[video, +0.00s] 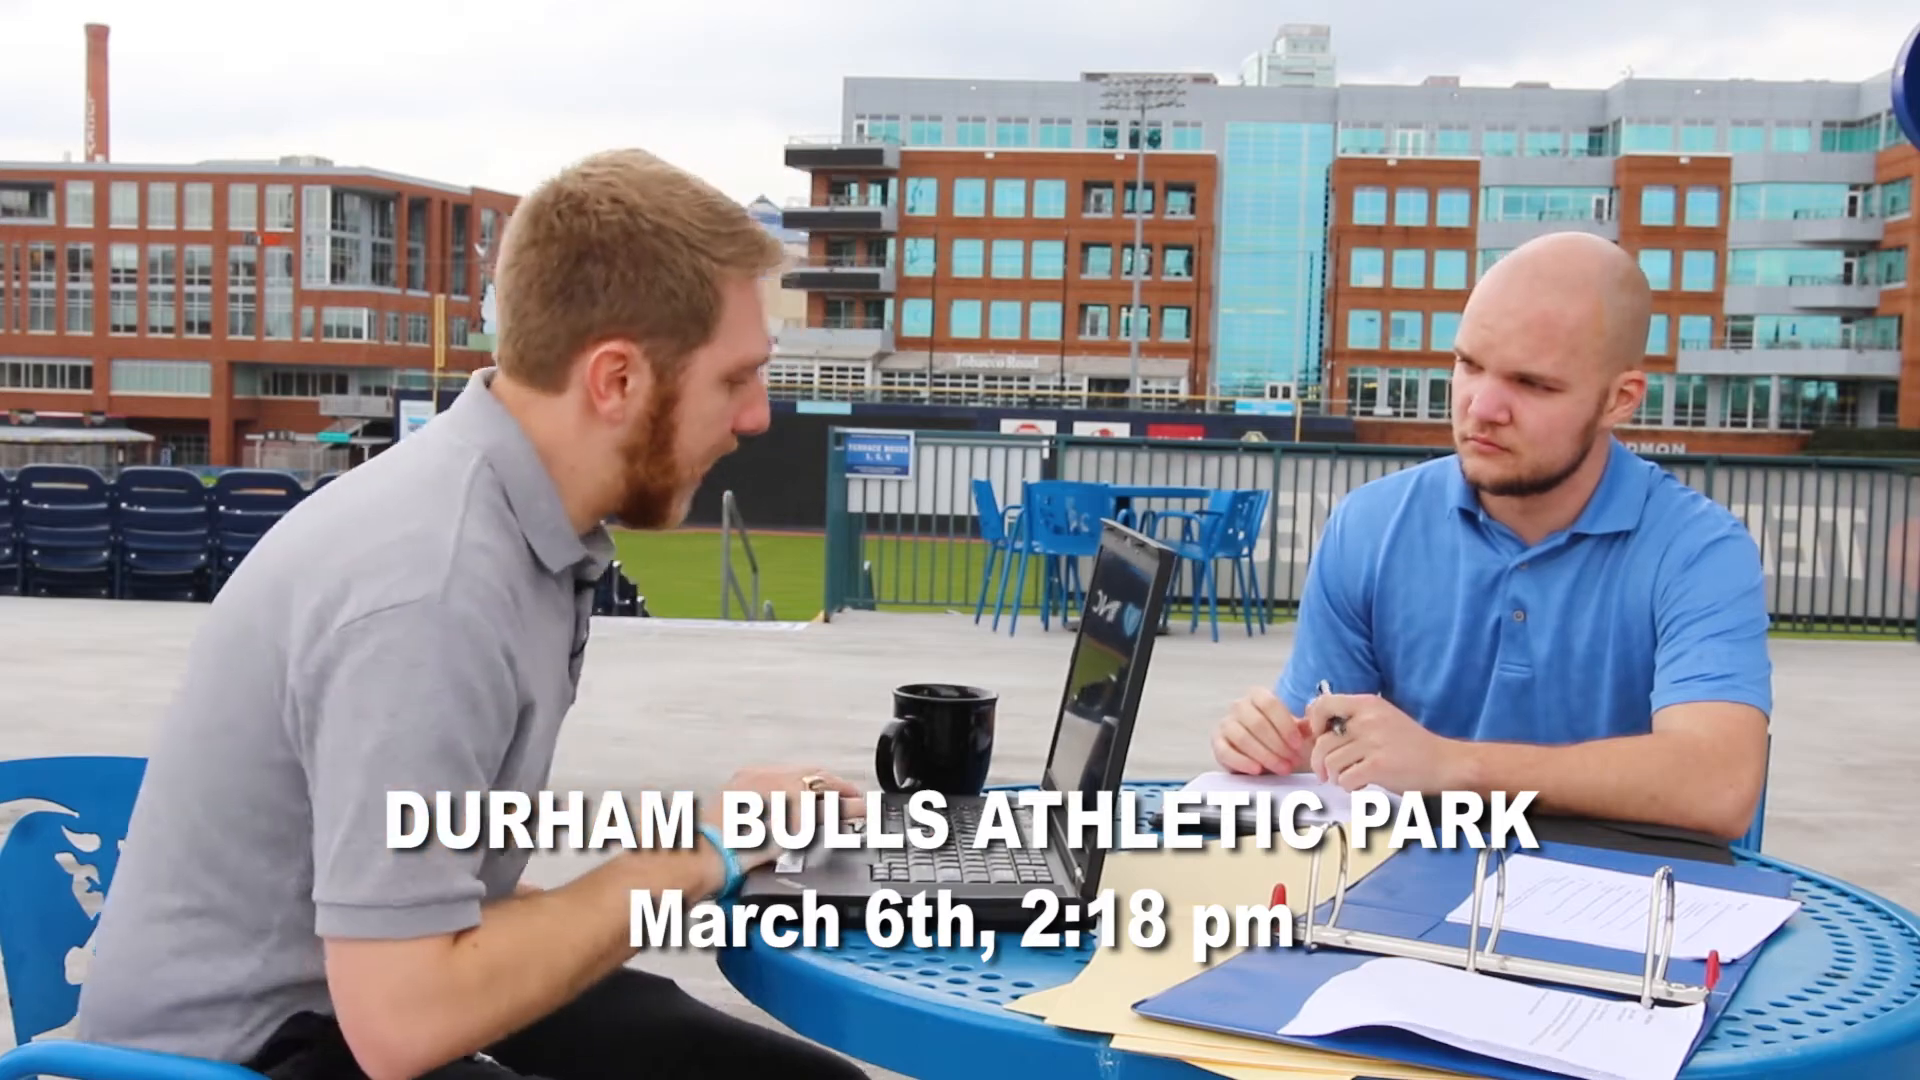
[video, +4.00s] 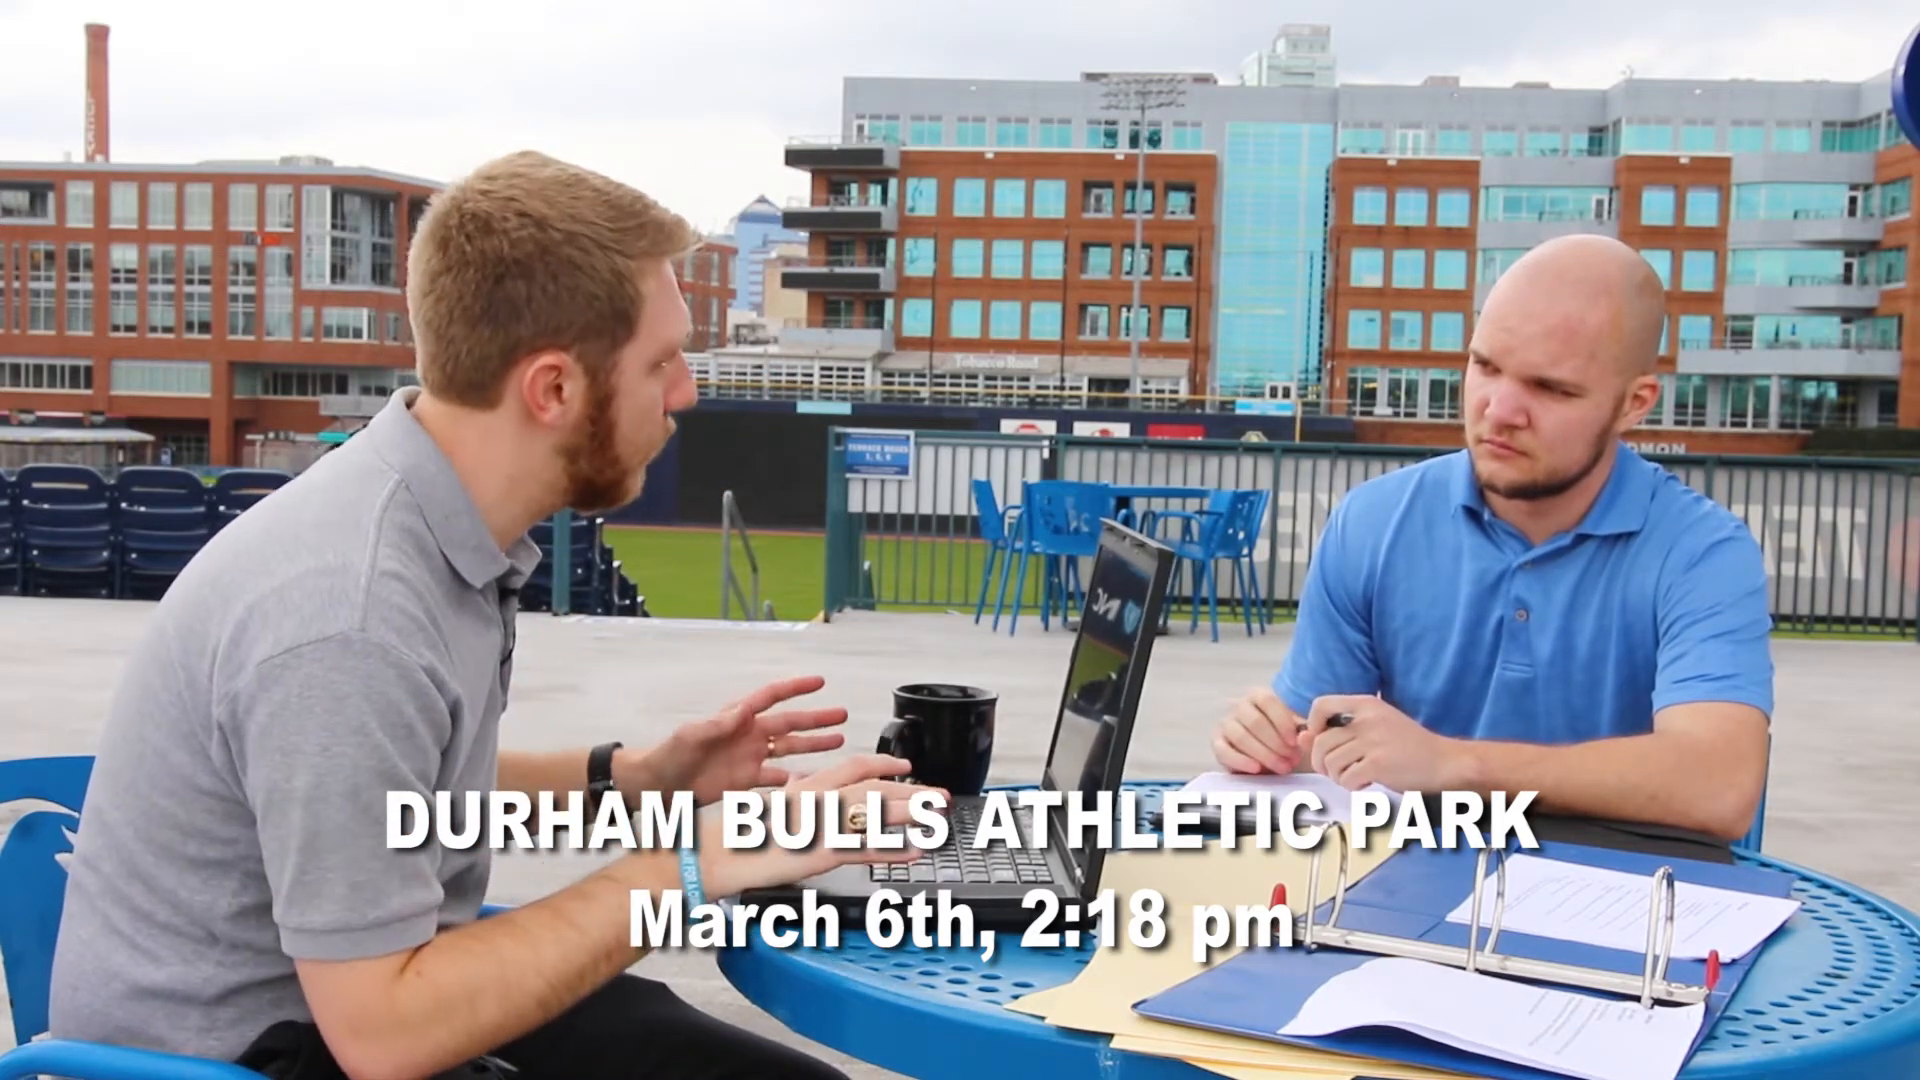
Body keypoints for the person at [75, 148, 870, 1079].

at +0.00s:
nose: (758, 421)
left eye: (758, 381)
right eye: (739, 383)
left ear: (612, 383)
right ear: (616, 382)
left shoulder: (513, 519)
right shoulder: (426, 585)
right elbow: (402, 1021)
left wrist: (690, 827)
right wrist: (693, 850)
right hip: (241, 1042)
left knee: (829, 1072)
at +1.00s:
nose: (700, 420)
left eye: (693, 380)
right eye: (672, 385)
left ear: (548, 404)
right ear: (547, 401)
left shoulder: (472, 510)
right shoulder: (361, 649)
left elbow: (536, 636)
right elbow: (379, 1050)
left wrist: (487, 836)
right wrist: (691, 857)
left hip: (374, 964)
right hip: (218, 1046)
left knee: (808, 1074)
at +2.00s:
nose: (694, 402)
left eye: (688, 365)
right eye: (674, 369)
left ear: (562, 389)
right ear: (565, 389)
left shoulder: (464, 526)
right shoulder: (365, 642)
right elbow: (404, 1047)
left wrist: (467, 857)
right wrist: (690, 860)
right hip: (212, 1048)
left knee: (803, 1063)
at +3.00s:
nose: (676, 391)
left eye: (668, 353)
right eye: (651, 360)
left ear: (534, 392)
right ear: (533, 392)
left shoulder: (432, 512)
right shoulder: (338, 641)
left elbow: (401, 719)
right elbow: (400, 1044)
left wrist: (534, 756)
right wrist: (644, 831)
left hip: (365, 968)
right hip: (223, 1044)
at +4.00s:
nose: (688, 395)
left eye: (681, 358)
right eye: (664, 364)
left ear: (541, 392)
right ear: (552, 391)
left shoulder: (434, 523)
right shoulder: (343, 620)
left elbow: (417, 788)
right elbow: (383, 1030)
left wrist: (638, 780)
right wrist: (688, 867)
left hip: (368, 966)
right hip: (227, 1042)